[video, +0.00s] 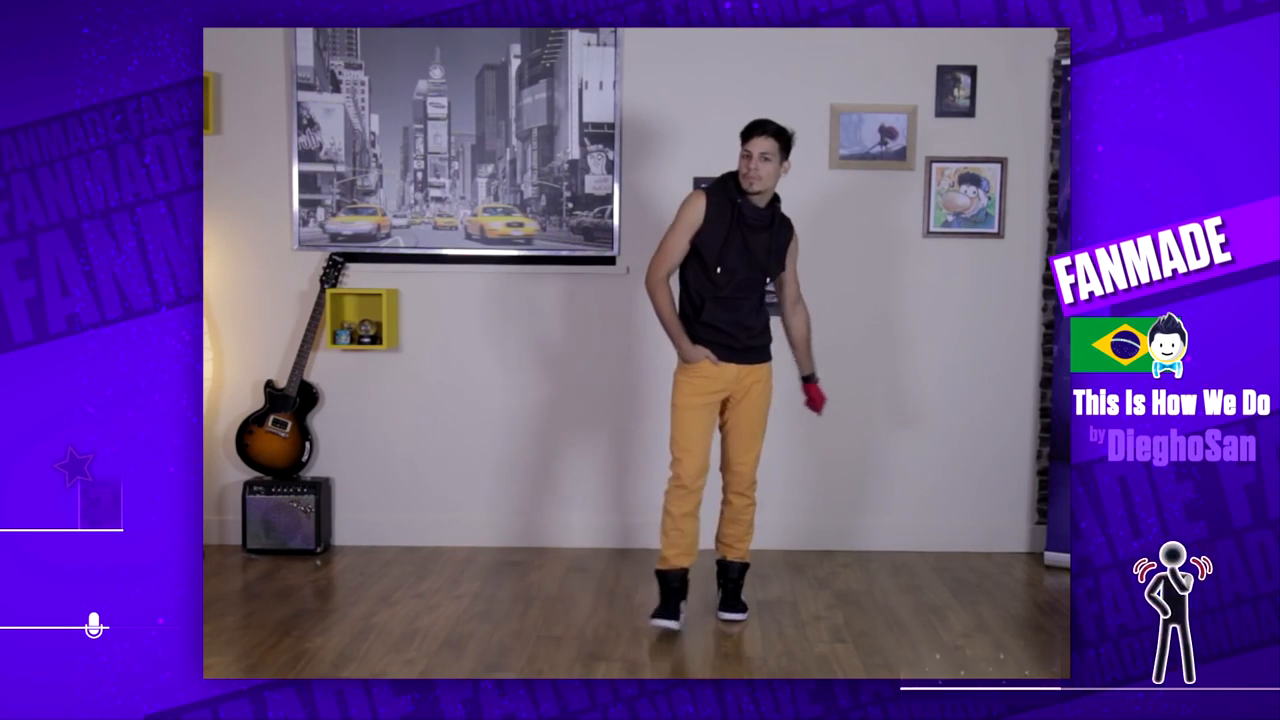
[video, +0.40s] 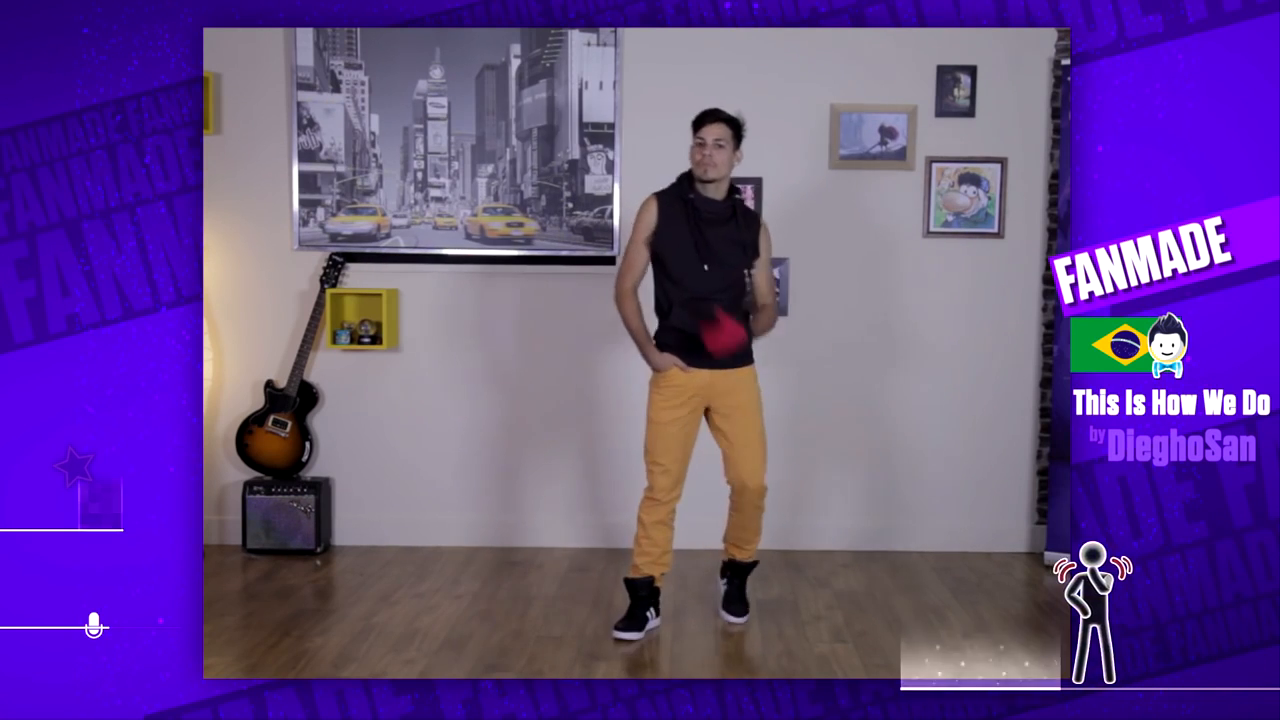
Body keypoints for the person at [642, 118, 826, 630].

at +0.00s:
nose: (752, 166)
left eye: (764, 158)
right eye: (746, 155)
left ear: (783, 168)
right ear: (737, 159)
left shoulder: (783, 231)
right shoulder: (704, 204)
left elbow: (793, 305)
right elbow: (656, 276)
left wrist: (808, 375)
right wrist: (684, 347)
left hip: (754, 371)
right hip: (700, 366)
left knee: (741, 481)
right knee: (686, 478)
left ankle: (731, 587)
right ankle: (672, 592)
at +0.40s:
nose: (707, 153)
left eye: (719, 145)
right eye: (700, 144)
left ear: (736, 155)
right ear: (690, 151)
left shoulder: (753, 226)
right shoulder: (658, 209)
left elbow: (767, 307)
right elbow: (625, 289)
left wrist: (747, 331)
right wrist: (650, 352)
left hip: (736, 376)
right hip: (677, 374)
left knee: (751, 483)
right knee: (661, 488)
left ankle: (737, 579)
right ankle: (643, 597)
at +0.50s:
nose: (696, 153)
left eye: (708, 146)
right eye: (689, 144)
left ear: (724, 157)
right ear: (677, 151)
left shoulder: (746, 219)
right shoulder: (649, 215)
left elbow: (764, 305)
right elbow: (612, 293)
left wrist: (720, 289)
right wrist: (644, 354)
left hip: (735, 376)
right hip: (673, 375)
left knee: (758, 481)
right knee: (660, 489)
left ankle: (750, 576)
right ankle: (644, 598)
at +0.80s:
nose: (725, 166)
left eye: (735, 157)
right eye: (715, 156)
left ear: (745, 157)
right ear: (696, 156)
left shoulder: (757, 202)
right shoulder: (684, 218)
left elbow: (742, 273)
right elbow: (662, 297)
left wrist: (710, 208)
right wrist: (664, 347)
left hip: (752, 378)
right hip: (691, 375)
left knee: (774, 494)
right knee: (665, 492)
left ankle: (800, 604)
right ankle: (653, 600)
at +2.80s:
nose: (719, 168)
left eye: (731, 160)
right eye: (715, 157)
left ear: (760, 164)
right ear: (710, 157)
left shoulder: (773, 225)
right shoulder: (684, 205)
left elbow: (775, 299)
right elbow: (641, 285)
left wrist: (733, 236)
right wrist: (663, 354)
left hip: (753, 378)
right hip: (690, 376)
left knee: (769, 491)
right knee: (663, 493)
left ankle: (789, 603)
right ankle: (644, 599)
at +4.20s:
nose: (722, 166)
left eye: (735, 158)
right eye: (717, 155)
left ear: (761, 165)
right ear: (709, 156)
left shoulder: (767, 229)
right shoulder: (678, 206)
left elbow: (764, 302)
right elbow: (633, 285)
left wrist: (733, 236)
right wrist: (660, 361)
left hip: (745, 383)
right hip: (682, 381)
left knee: (762, 497)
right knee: (661, 496)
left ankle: (778, 604)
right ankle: (642, 600)